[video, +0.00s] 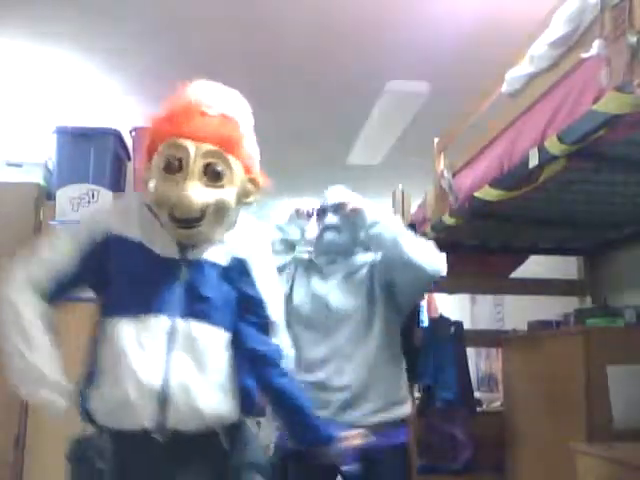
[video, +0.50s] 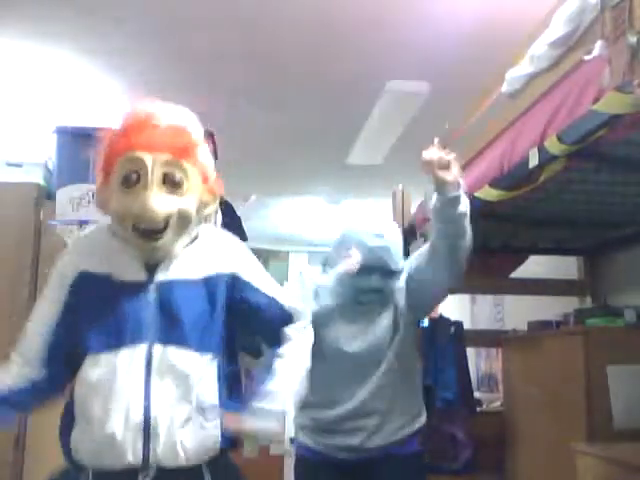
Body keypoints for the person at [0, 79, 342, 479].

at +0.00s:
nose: (188, 194)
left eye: (213, 174)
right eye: (173, 166)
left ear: (244, 190)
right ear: (149, 174)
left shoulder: (241, 252)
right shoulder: (113, 230)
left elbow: (265, 359)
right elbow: (21, 290)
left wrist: (319, 438)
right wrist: (54, 399)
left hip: (211, 452)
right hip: (121, 450)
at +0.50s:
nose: (149, 202)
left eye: (171, 181)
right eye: (132, 179)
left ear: (203, 194)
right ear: (105, 192)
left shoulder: (223, 258)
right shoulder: (84, 258)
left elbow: (293, 329)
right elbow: (36, 364)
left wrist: (266, 415)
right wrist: (5, 397)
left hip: (196, 468)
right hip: (98, 469)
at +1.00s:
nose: (156, 177)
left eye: (179, 161)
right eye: (139, 150)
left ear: (201, 172)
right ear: (108, 147)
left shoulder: (199, 219)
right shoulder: (68, 198)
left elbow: (222, 320)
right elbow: (10, 291)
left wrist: (265, 413)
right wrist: (24, 397)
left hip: (176, 424)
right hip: (76, 430)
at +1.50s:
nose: (135, 187)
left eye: (157, 167)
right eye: (117, 168)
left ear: (195, 181)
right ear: (96, 181)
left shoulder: (217, 239)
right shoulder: (80, 249)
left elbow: (268, 317)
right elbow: (53, 349)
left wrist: (244, 370)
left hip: (203, 457)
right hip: (105, 458)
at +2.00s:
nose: (185, 204)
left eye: (205, 187)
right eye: (166, 184)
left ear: (233, 197)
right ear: (139, 191)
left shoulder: (250, 259)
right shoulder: (109, 258)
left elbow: (325, 250)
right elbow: (28, 307)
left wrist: (328, 185)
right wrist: (98, 339)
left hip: (221, 456)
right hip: (127, 459)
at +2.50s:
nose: (181, 218)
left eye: (203, 199)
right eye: (164, 195)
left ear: (229, 211)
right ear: (134, 201)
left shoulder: (226, 280)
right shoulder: (103, 269)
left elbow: (266, 362)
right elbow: (19, 261)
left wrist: (234, 285)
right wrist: (80, 174)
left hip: (211, 465)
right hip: (117, 466)